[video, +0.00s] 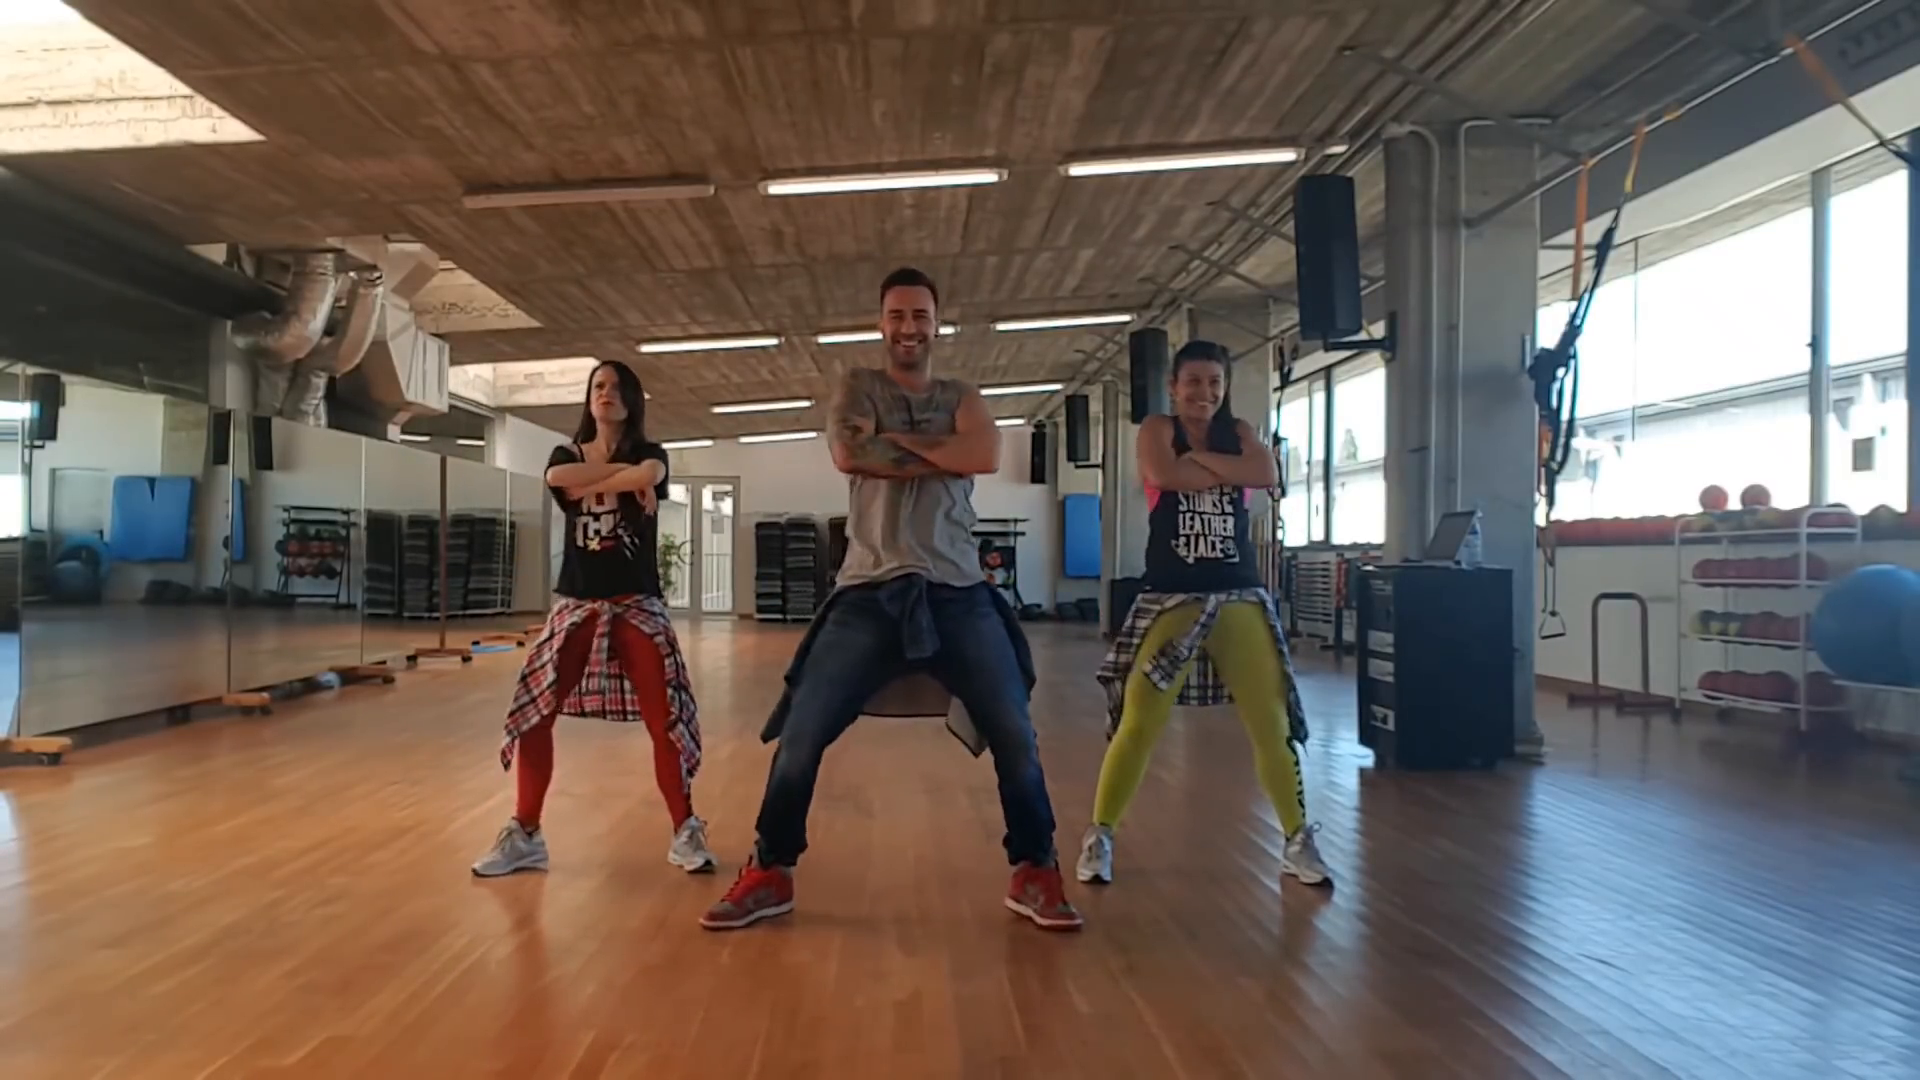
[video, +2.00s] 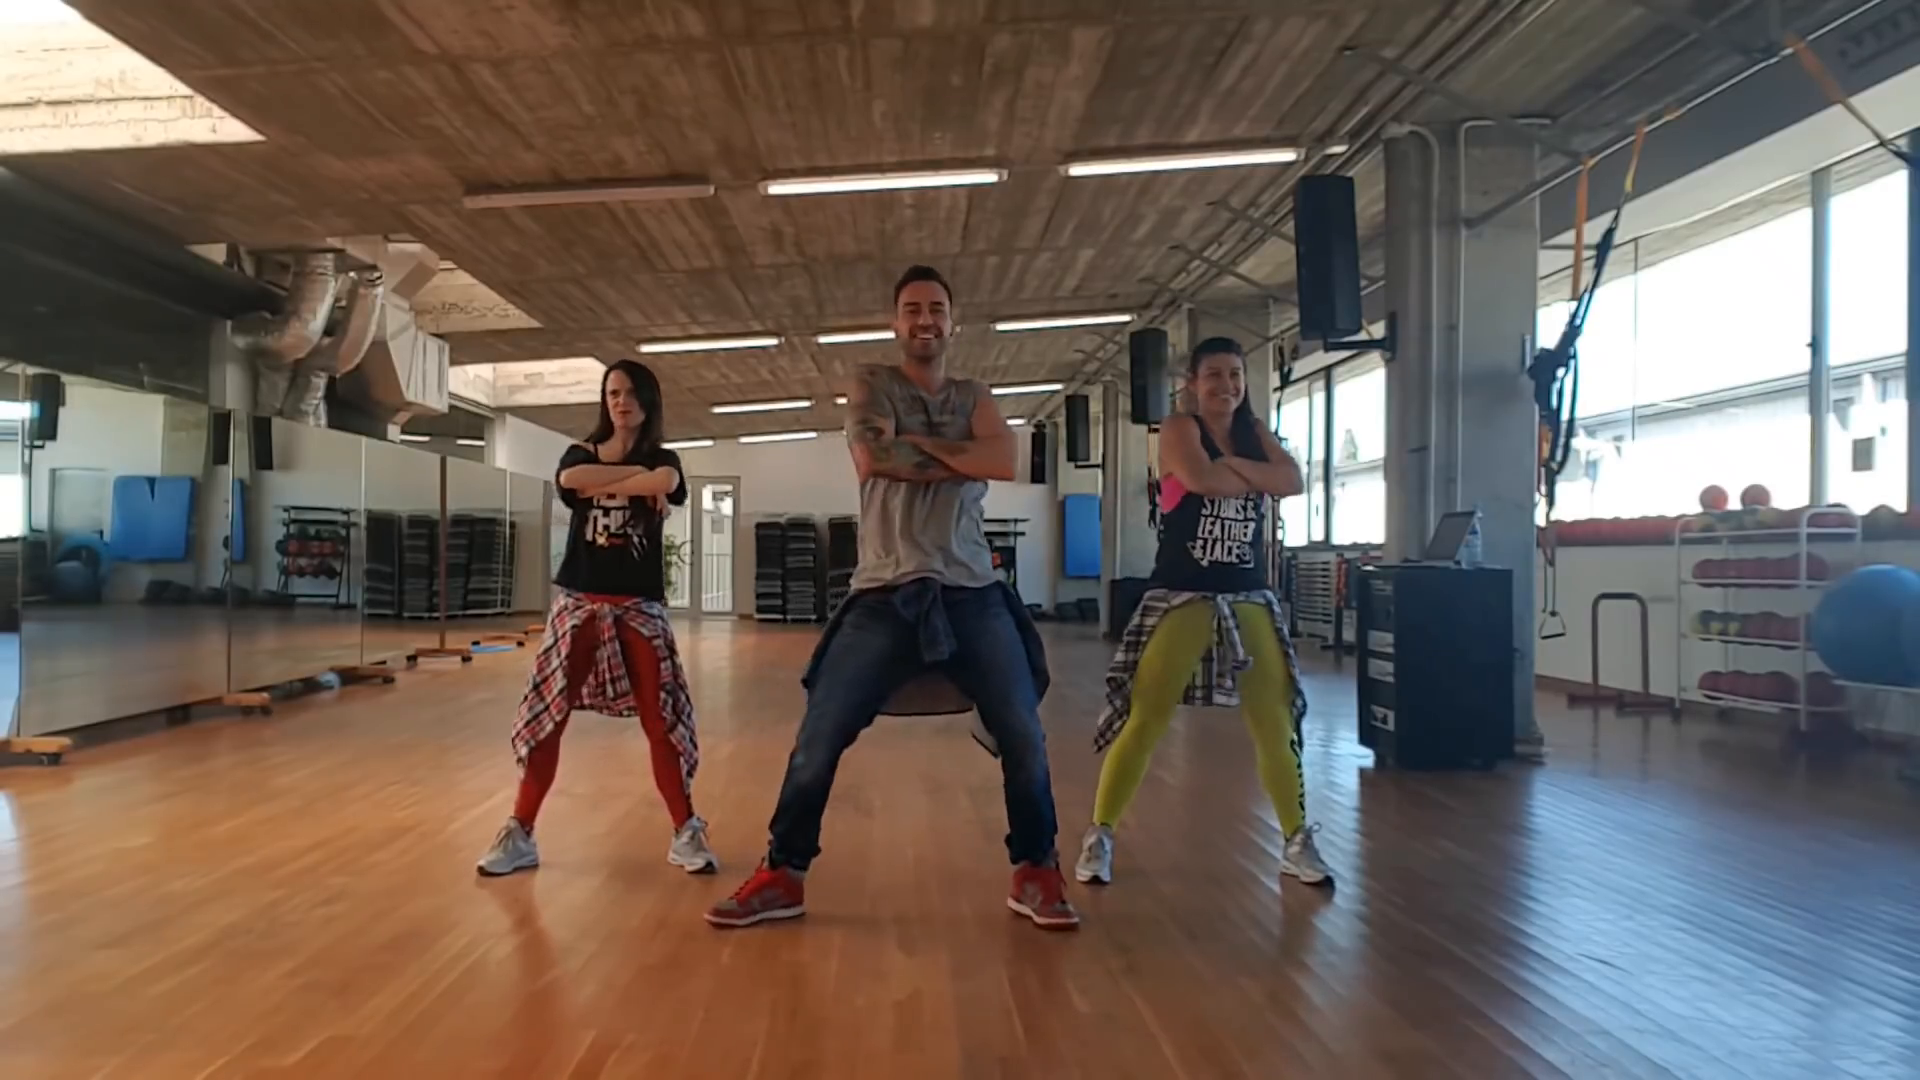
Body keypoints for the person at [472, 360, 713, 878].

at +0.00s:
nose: (606, 394)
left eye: (616, 388)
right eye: (599, 387)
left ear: (633, 400)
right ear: (588, 399)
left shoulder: (652, 455)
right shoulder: (568, 453)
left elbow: (643, 479)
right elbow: (557, 480)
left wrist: (587, 485)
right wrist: (628, 475)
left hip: (637, 602)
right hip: (575, 602)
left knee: (664, 719)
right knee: (533, 712)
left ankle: (686, 831)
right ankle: (526, 835)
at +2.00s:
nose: (619, 402)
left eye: (628, 393)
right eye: (613, 394)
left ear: (648, 401)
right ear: (604, 401)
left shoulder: (663, 462)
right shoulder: (583, 452)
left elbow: (662, 485)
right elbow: (569, 481)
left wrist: (597, 483)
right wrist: (639, 478)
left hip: (639, 603)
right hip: (578, 600)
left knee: (659, 719)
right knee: (548, 713)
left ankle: (686, 831)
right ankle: (520, 834)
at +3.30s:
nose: (605, 386)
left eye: (616, 380)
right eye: (598, 380)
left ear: (636, 395)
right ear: (588, 395)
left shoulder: (651, 456)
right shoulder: (569, 454)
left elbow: (636, 489)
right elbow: (547, 487)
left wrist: (578, 492)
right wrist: (621, 482)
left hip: (635, 602)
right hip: (573, 602)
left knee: (661, 719)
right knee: (543, 714)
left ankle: (688, 831)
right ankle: (519, 834)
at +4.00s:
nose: (638, 403)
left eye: (646, 394)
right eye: (628, 397)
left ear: (664, 403)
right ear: (618, 409)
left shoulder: (679, 467)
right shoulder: (599, 469)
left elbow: (696, 458)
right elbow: (542, 477)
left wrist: (680, 392)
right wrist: (543, 411)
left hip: (681, 611)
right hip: (622, 614)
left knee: (701, 724)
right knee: (629, 722)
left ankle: (689, 830)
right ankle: (630, 820)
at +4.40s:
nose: (607, 413)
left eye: (616, 404)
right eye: (598, 408)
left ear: (636, 412)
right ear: (590, 419)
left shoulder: (651, 470)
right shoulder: (578, 475)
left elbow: (681, 477)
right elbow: (538, 483)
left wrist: (675, 410)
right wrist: (543, 416)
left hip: (651, 618)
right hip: (591, 619)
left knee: (677, 723)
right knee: (542, 715)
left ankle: (699, 831)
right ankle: (539, 831)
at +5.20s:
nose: (576, 411)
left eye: (585, 404)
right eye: (567, 405)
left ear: (602, 415)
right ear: (556, 415)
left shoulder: (609, 475)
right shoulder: (531, 466)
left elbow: (635, 462)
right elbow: (486, 447)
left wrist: (622, 394)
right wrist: (511, 379)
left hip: (601, 617)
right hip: (541, 616)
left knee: (654, 714)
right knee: (518, 720)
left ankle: (617, 813)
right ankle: (507, 825)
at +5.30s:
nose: (590, 413)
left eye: (599, 406)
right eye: (579, 407)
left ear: (614, 417)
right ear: (569, 418)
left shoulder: (628, 475)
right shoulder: (546, 472)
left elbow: (649, 463)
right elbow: (497, 462)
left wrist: (635, 398)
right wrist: (521, 392)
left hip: (619, 623)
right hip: (562, 624)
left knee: (677, 707)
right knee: (547, 736)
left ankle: (668, 831)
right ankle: (493, 819)